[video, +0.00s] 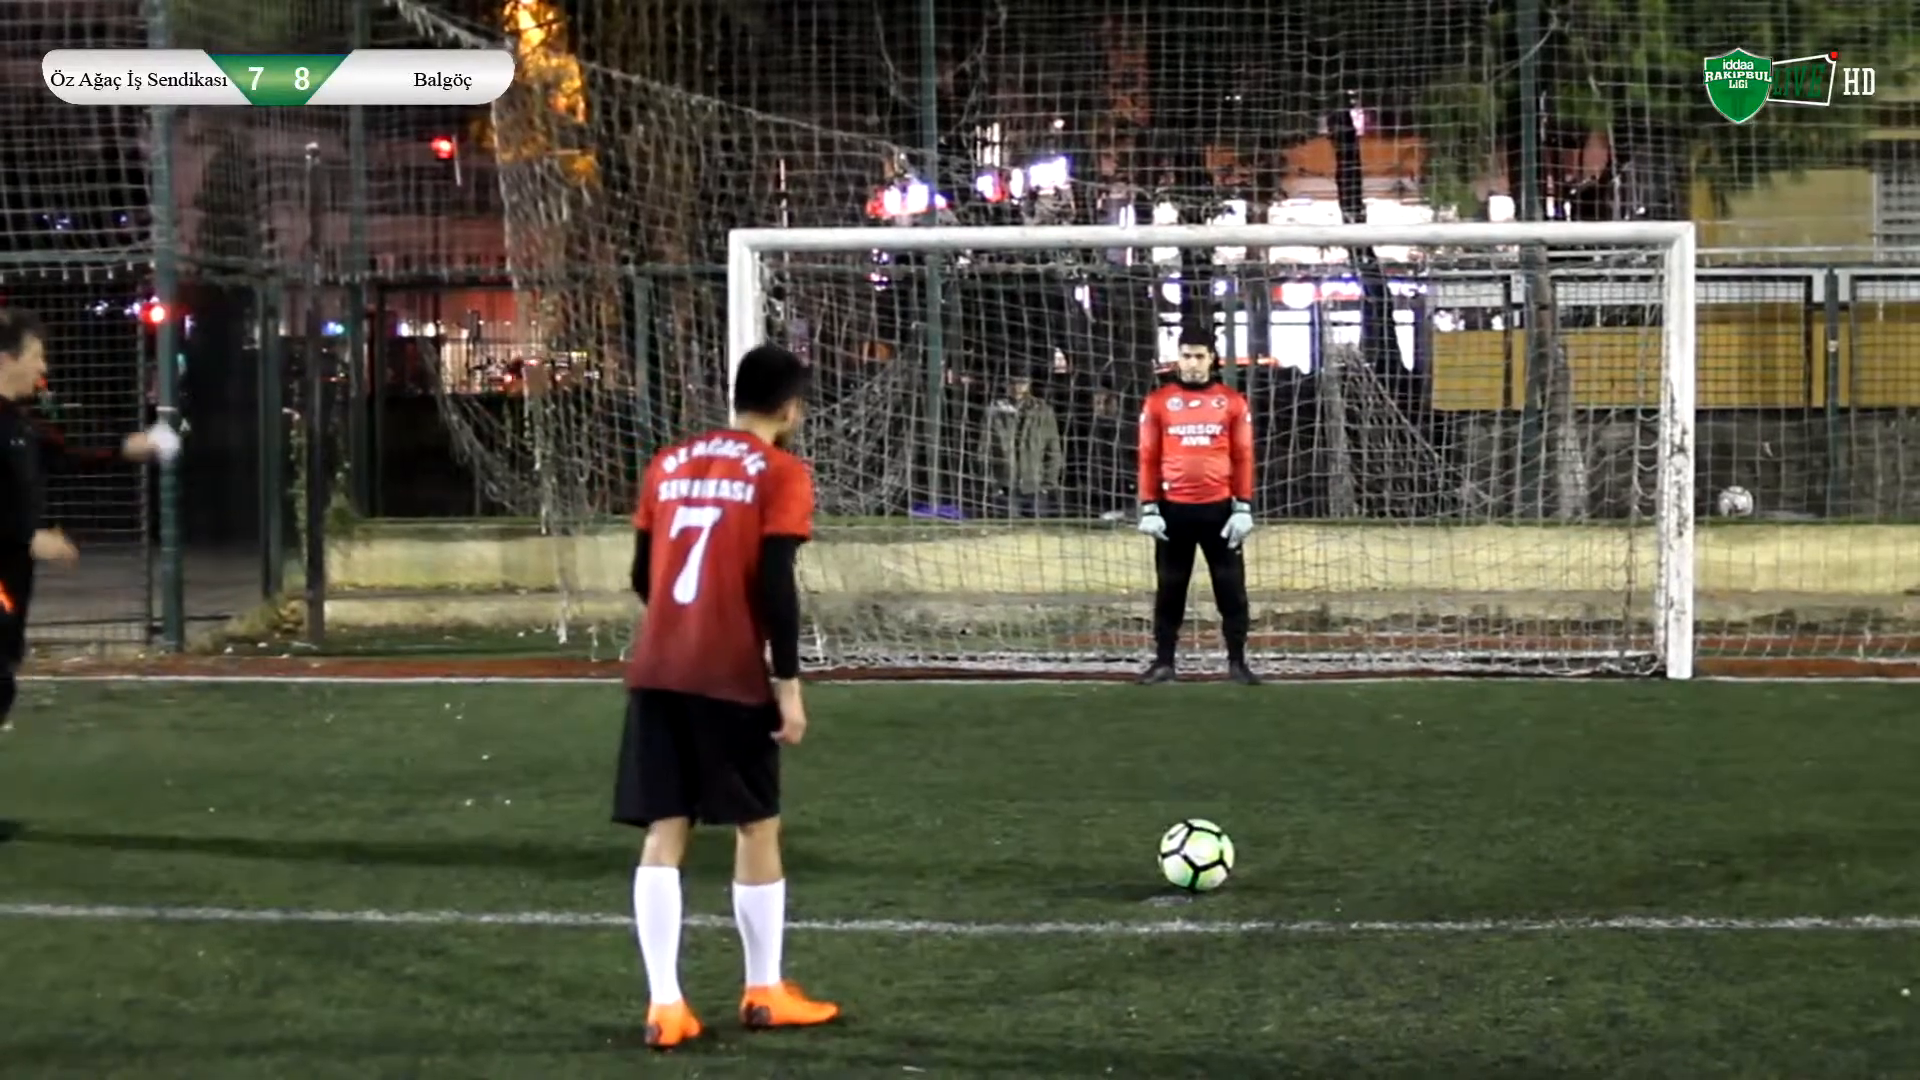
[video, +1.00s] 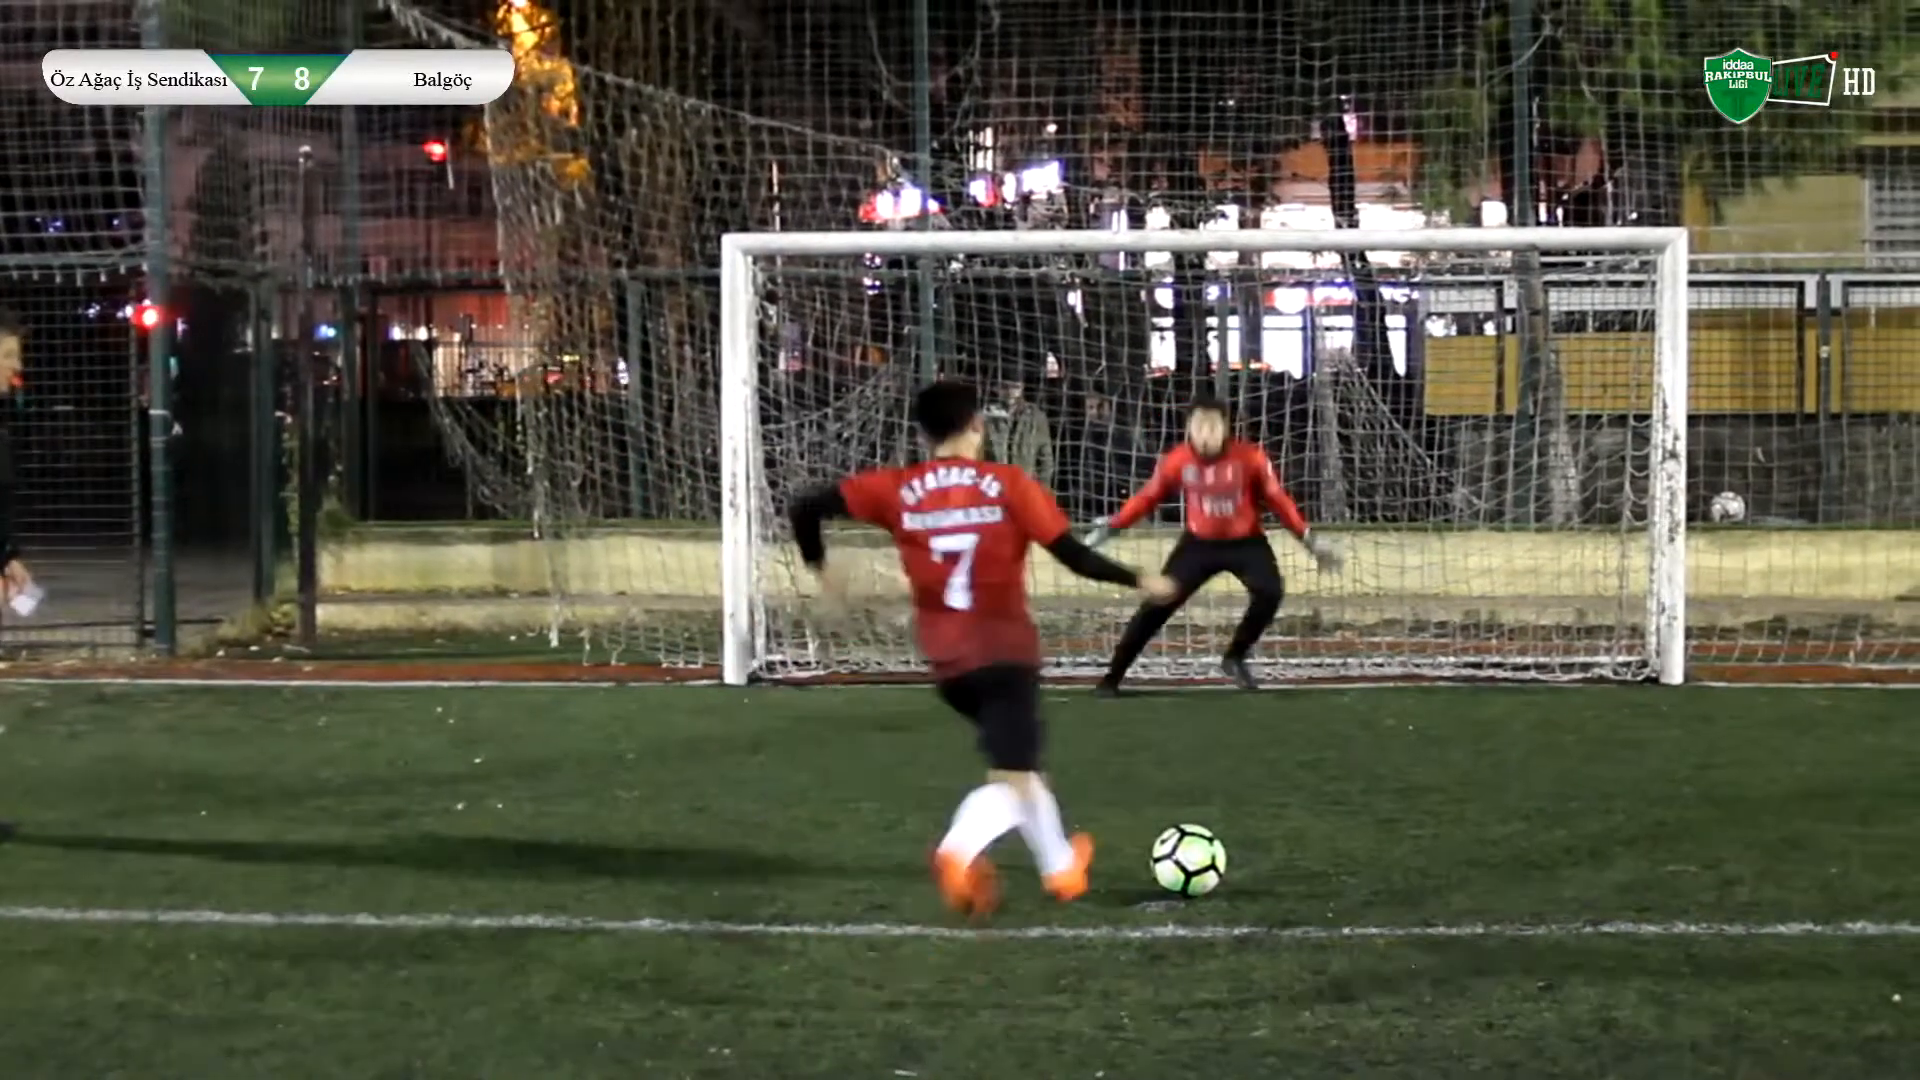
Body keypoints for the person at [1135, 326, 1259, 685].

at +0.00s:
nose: (1192, 363)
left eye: (1199, 356)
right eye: (1186, 356)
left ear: (1212, 360)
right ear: (1177, 359)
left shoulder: (1233, 402)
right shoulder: (1157, 402)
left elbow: (1243, 455)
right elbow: (1148, 456)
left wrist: (1243, 505)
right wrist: (1148, 506)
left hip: (1220, 507)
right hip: (1174, 509)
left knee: (1231, 590)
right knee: (1170, 589)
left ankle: (1237, 661)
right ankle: (1164, 661)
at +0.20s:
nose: (1194, 364)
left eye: (1201, 357)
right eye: (1187, 357)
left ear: (1213, 360)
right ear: (1178, 360)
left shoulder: (1234, 401)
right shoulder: (1158, 402)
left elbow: (1244, 455)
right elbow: (1149, 458)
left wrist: (1244, 505)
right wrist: (1151, 507)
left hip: (1221, 508)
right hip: (1175, 509)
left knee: (1232, 590)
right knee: (1169, 590)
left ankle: (1237, 660)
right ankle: (1164, 660)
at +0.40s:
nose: (1200, 371)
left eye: (1206, 364)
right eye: (1193, 364)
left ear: (1218, 365)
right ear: (1183, 365)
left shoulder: (1239, 406)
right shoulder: (1163, 408)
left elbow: (1248, 461)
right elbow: (1151, 463)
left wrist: (1247, 510)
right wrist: (1155, 513)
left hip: (1227, 513)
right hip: (1180, 514)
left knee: (1247, 590)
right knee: (1169, 591)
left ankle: (1255, 661)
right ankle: (1163, 661)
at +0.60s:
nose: (1204, 382)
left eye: (1211, 374)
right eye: (1198, 374)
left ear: (1223, 375)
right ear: (1188, 375)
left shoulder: (1243, 415)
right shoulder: (1168, 416)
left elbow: (1252, 473)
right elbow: (1159, 474)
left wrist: (1255, 523)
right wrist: (1158, 524)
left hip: (1232, 518)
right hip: (1185, 519)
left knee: (1257, 592)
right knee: (1167, 595)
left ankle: (1258, 660)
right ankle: (1159, 663)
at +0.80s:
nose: (1216, 377)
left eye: (1223, 370)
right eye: (1210, 370)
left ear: (1234, 374)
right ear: (1200, 372)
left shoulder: (1252, 418)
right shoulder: (1176, 413)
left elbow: (1269, 472)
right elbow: (1159, 465)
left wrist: (1283, 515)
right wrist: (1141, 507)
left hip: (1235, 525)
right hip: (1188, 524)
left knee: (1250, 595)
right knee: (1165, 594)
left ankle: (1257, 665)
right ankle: (1159, 664)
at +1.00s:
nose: (1206, 434)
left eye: (1213, 426)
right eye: (1199, 426)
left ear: (1226, 428)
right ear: (1189, 429)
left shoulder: (1250, 458)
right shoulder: (1180, 460)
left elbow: (1277, 498)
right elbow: (1148, 496)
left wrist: (1309, 539)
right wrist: (1111, 525)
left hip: (1246, 545)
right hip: (1199, 545)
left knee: (1270, 592)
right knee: (1159, 602)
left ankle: (1234, 657)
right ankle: (1112, 678)